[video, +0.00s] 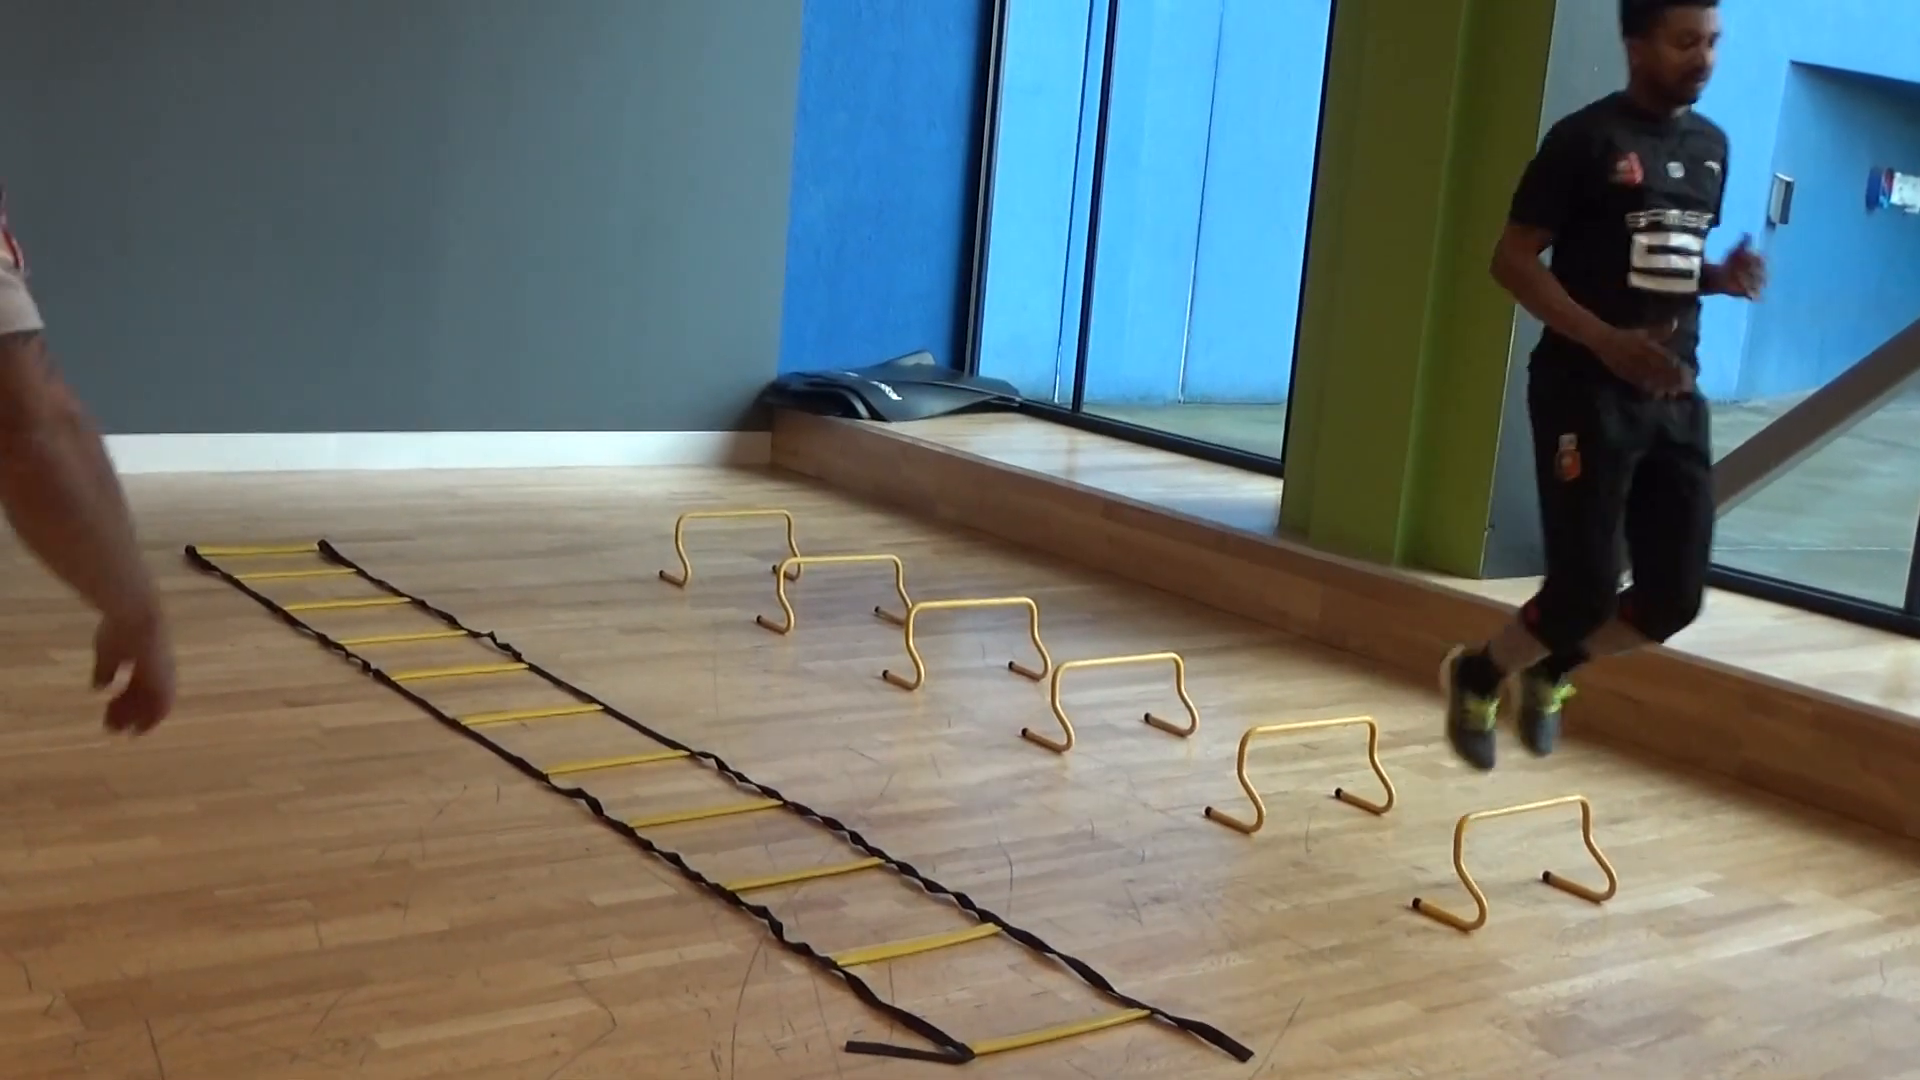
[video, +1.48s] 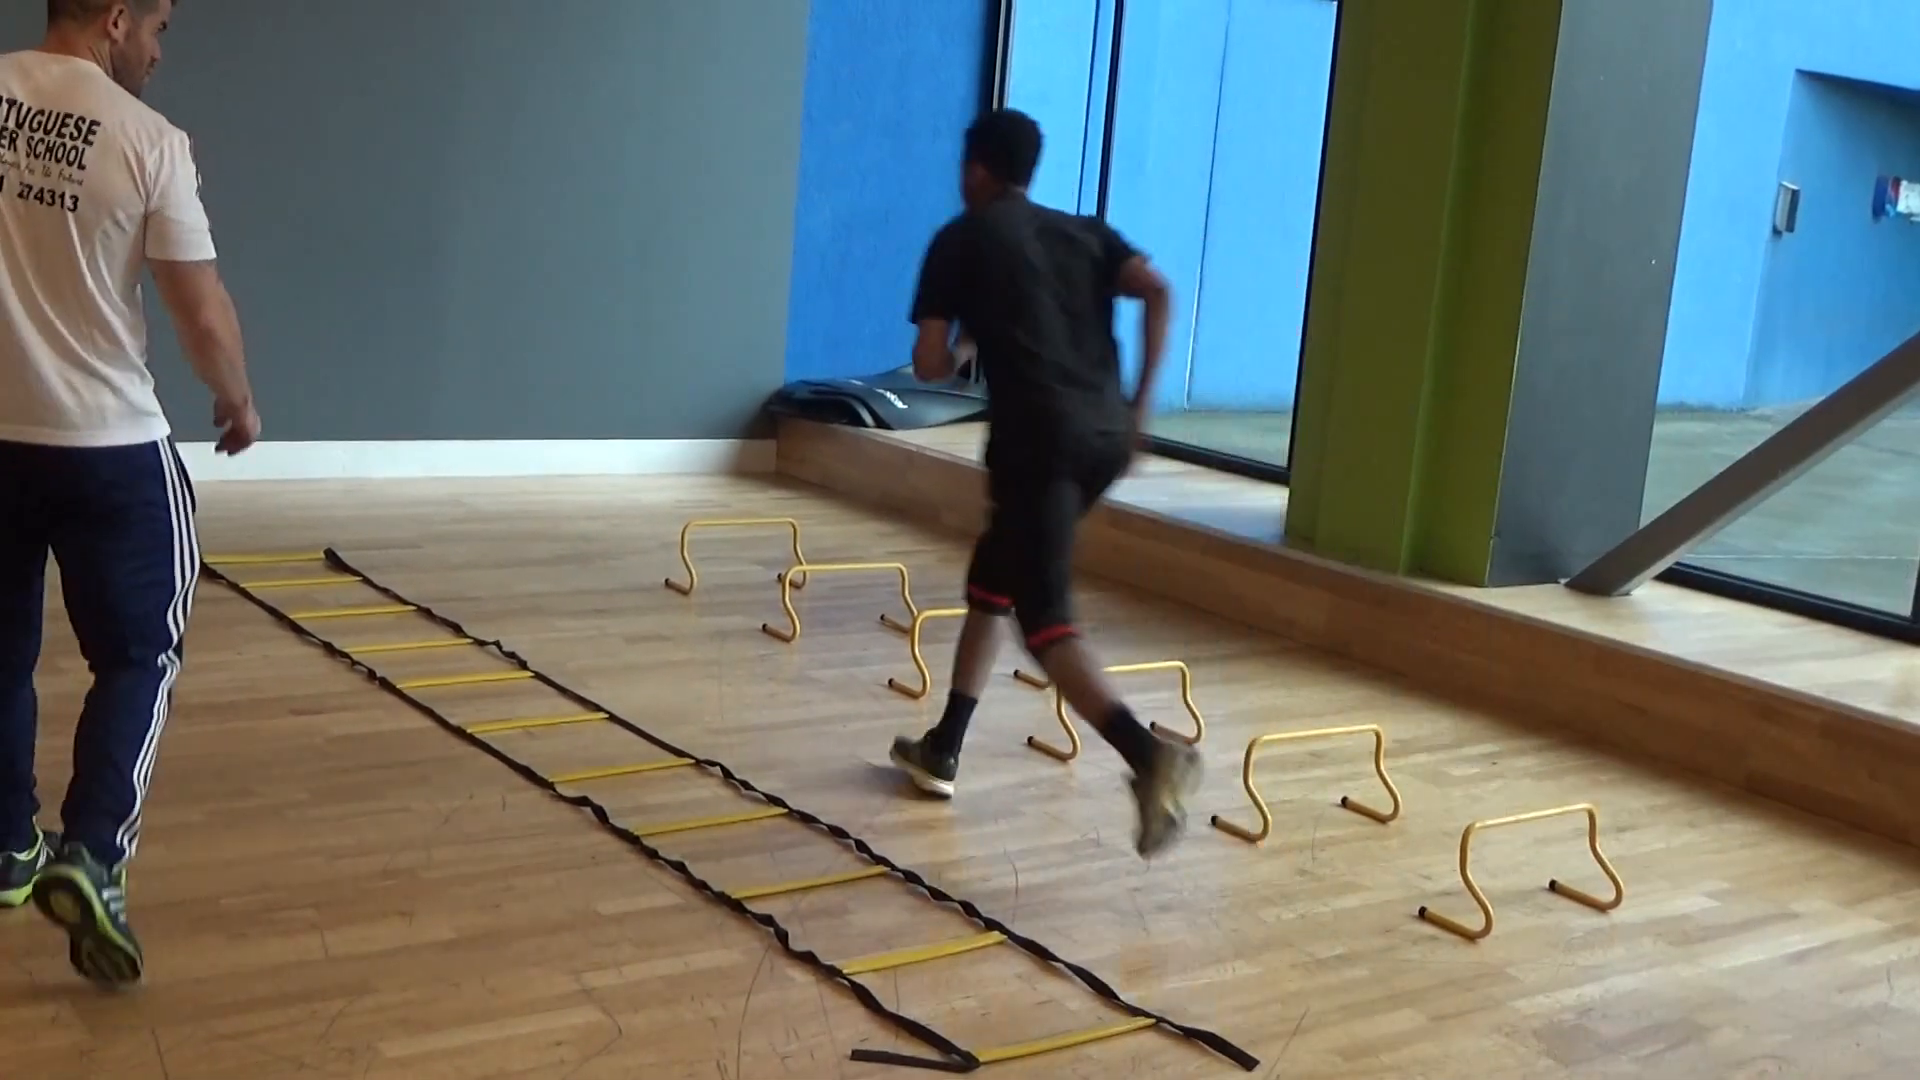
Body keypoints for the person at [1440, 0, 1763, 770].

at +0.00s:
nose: (1705, 58)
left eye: (1712, 42)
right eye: (1687, 41)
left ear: (1718, 43)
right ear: (1636, 46)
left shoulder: (1710, 147)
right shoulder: (1583, 141)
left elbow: (1664, 265)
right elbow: (1510, 261)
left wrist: (1721, 277)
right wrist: (1605, 338)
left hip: (1674, 392)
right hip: (1584, 387)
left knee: (1672, 597)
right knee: (1582, 593)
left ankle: (1550, 672)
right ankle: (1478, 672)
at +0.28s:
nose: (1872, 131)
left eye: (1889, 115)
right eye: (1856, 110)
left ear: (1905, 119)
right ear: (1817, 104)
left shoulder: (1894, 212)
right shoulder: (1748, 184)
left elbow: (1846, 290)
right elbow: (1602, 217)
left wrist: (1861, 362)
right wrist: (1627, 359)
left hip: (1803, 466)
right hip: (1706, 455)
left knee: (1810, 690)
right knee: (1748, 684)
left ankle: (1792, 897)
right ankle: (1762, 906)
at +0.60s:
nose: (1805, 330)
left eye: (1826, 314)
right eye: (1803, 311)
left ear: (1892, 321)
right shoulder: (1785, 414)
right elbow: (1743, 552)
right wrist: (1837, 573)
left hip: (1913, 649)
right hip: (1818, 651)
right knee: (1844, 840)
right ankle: (1844, 978)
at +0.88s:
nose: (1569, 292)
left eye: (1580, 273)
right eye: (1573, 273)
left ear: (1627, 280)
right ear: (1629, 281)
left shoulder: (1722, 364)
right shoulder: (1634, 381)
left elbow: (1796, 507)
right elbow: (1725, 515)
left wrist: (1641, 543)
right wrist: (1682, 611)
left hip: (1816, 630)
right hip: (1723, 625)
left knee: (1894, 855)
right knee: (1626, 802)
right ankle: (1771, 1001)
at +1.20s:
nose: (1246, 207)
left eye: (1254, 193)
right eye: (1249, 192)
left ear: (1282, 199)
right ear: (1310, 197)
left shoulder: (1321, 266)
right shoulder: (1326, 272)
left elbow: (1401, 339)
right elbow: (1367, 417)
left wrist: (1382, 497)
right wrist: (1282, 462)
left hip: (1380, 502)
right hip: (1443, 503)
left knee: (1242, 648)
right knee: (1457, 728)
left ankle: (1262, 864)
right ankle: (1616, 867)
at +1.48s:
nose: (961, 178)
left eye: (965, 167)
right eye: (968, 166)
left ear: (978, 170)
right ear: (1028, 172)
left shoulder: (959, 240)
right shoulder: (1082, 233)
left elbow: (929, 362)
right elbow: (1158, 290)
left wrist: (961, 356)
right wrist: (1141, 403)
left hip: (1034, 443)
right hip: (1105, 440)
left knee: (1050, 635)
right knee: (990, 582)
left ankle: (1149, 755)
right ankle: (944, 747)